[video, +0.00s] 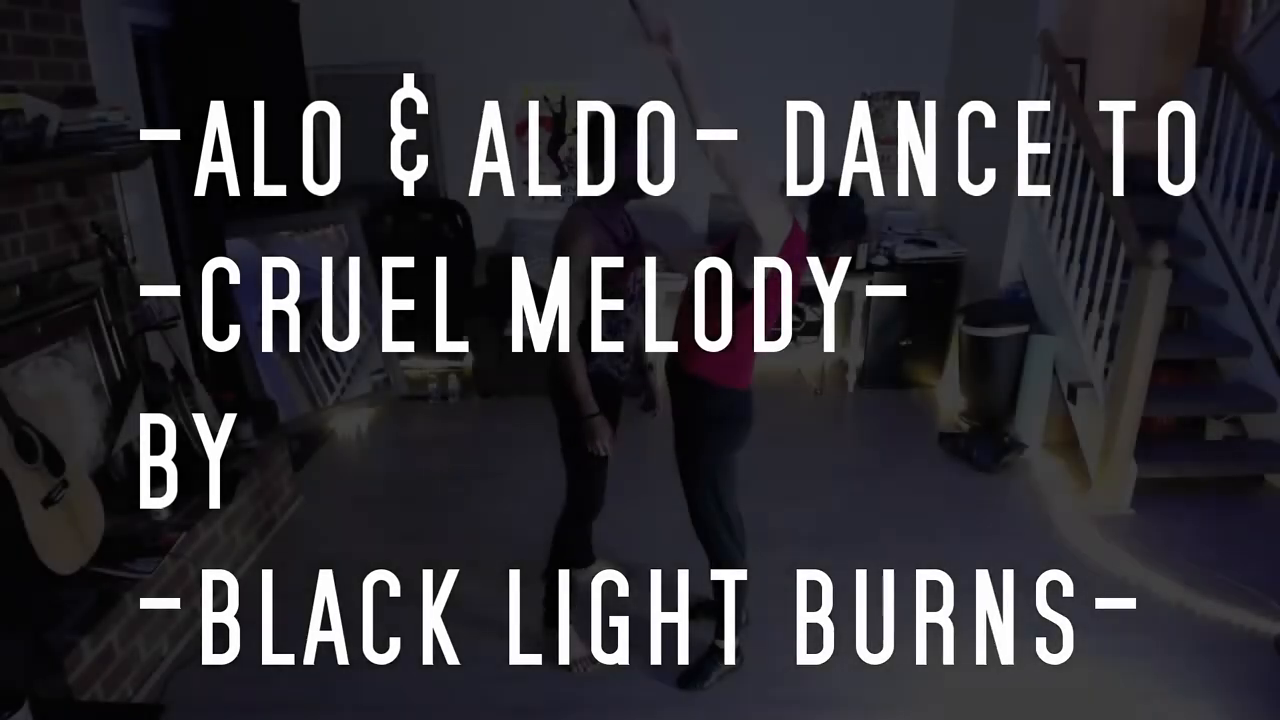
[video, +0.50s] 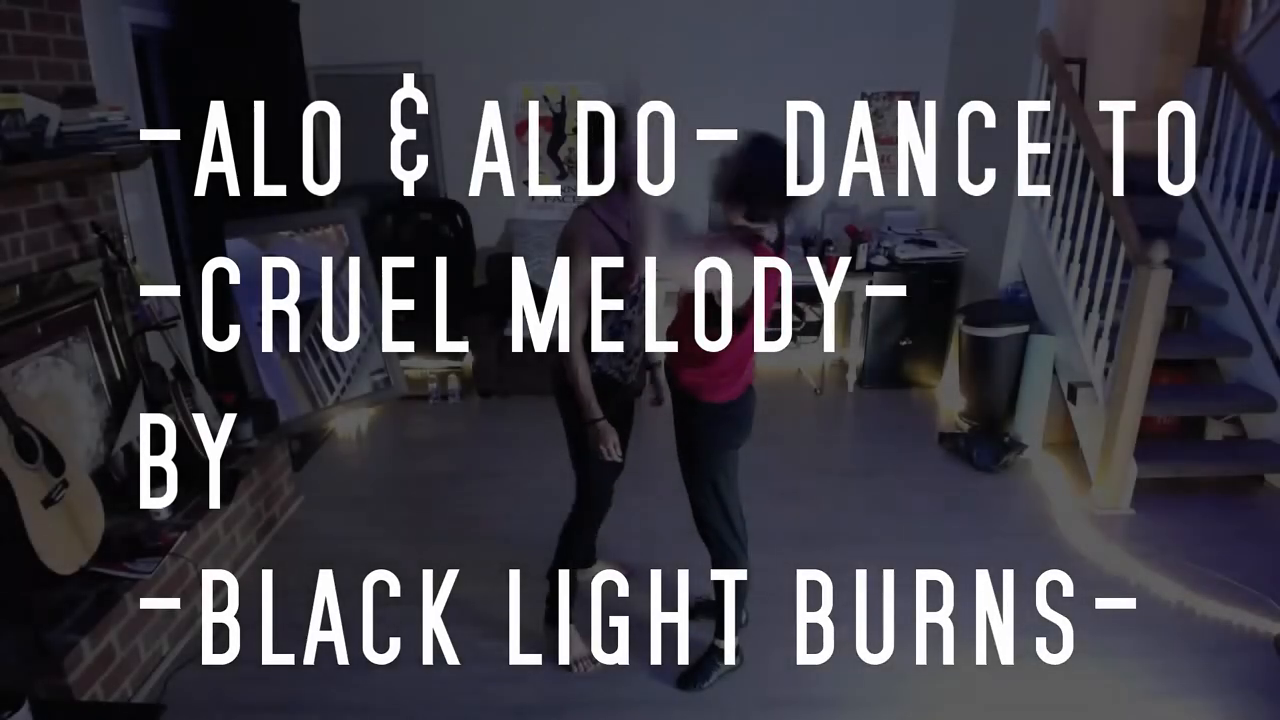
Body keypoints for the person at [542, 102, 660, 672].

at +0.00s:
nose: (648, 167)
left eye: (647, 153)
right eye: (639, 154)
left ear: (606, 157)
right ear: (616, 159)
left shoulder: (617, 222)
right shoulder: (582, 226)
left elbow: (625, 313)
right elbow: (565, 331)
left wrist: (642, 374)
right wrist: (590, 414)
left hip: (605, 381)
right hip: (581, 385)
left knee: (588, 497)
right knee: (584, 499)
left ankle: (568, 612)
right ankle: (560, 619)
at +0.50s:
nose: (645, 172)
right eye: (636, 160)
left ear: (620, 155)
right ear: (618, 163)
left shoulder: (640, 218)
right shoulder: (582, 229)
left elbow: (642, 298)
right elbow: (569, 337)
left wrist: (652, 363)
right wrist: (595, 419)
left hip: (622, 374)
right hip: (586, 377)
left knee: (601, 490)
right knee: (594, 495)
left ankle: (576, 589)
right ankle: (561, 618)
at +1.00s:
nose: (623, 163)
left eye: (615, 154)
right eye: (613, 157)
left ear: (579, 174)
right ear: (599, 171)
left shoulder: (610, 220)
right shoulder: (573, 243)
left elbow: (634, 270)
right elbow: (565, 361)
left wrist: (670, 262)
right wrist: (596, 449)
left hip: (602, 378)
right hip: (573, 384)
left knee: (578, 488)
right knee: (566, 502)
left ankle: (584, 572)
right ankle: (553, 628)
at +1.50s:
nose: (617, 175)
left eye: (615, 163)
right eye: (605, 165)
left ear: (574, 178)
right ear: (573, 177)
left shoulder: (595, 227)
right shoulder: (552, 250)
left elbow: (630, 276)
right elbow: (546, 375)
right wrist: (582, 465)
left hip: (589, 397)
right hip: (551, 406)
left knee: (610, 483)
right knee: (559, 519)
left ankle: (587, 567)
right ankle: (551, 636)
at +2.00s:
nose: (600, 161)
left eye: (599, 148)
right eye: (587, 149)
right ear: (552, 160)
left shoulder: (576, 232)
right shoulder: (531, 240)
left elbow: (613, 300)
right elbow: (509, 353)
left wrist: (658, 305)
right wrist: (524, 447)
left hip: (584, 400)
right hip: (551, 406)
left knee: (604, 491)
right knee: (564, 521)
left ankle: (552, 594)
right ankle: (554, 636)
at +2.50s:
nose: (603, 162)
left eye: (603, 150)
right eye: (590, 150)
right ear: (556, 165)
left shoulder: (576, 226)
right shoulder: (545, 237)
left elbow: (577, 300)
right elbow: (534, 345)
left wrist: (618, 295)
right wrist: (568, 437)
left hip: (583, 388)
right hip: (553, 395)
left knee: (586, 486)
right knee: (552, 516)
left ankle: (575, 580)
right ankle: (550, 638)